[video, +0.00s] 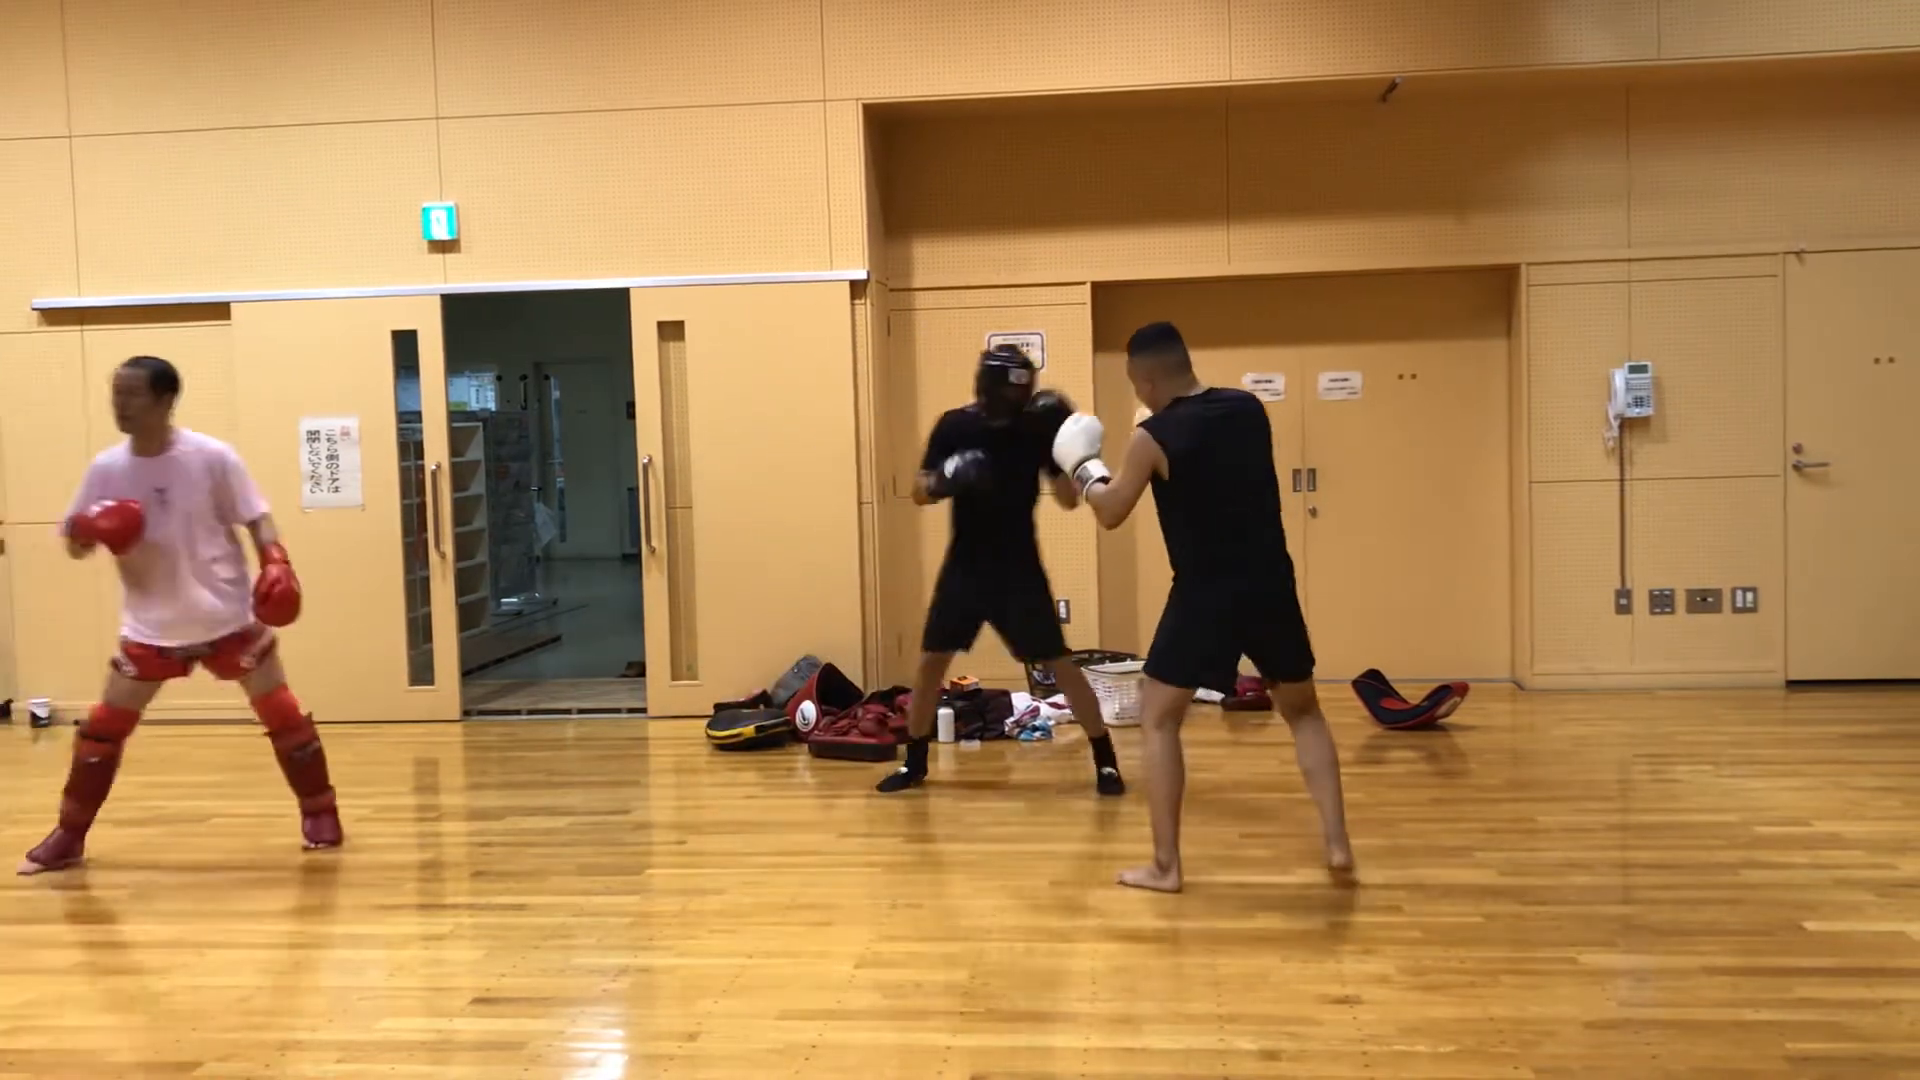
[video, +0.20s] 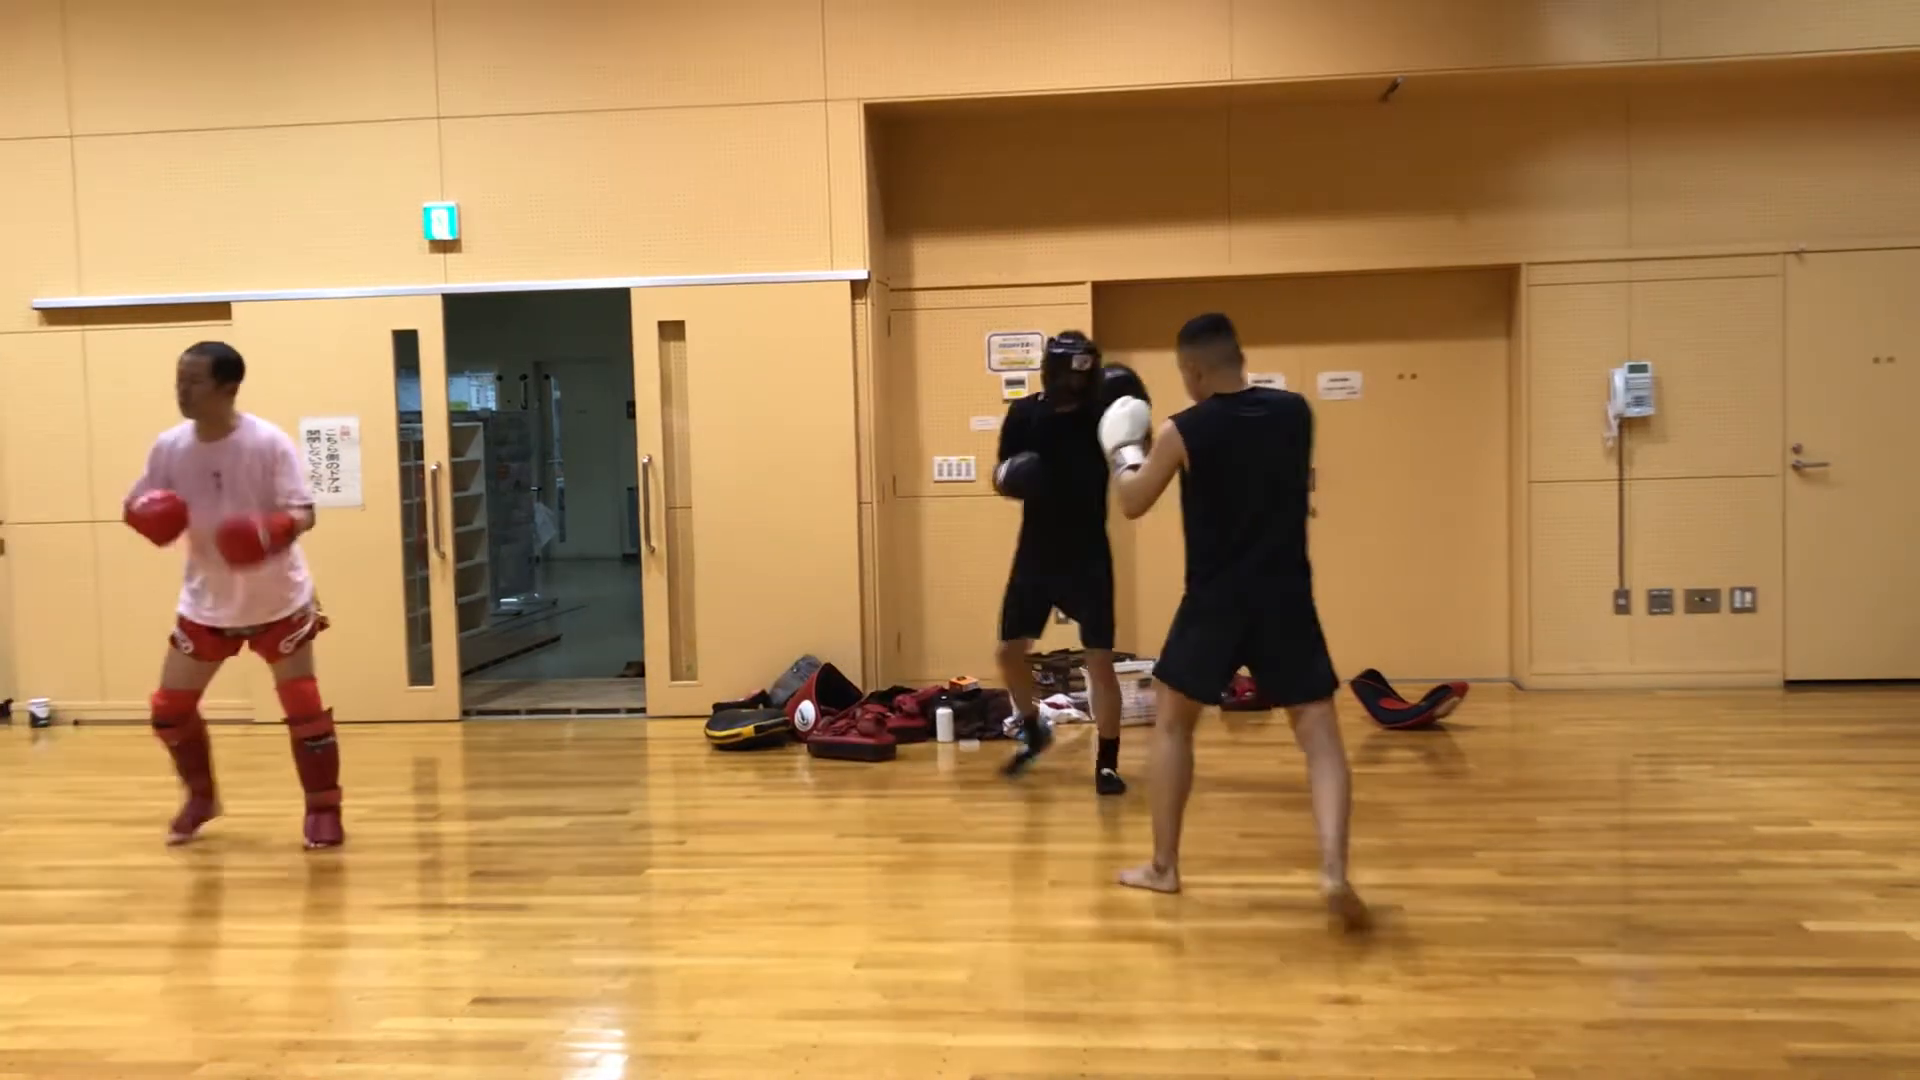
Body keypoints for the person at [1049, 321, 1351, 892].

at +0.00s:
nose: (1136, 389)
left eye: (1136, 379)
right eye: (1136, 379)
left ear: (1146, 378)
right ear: (1188, 365)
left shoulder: (1155, 435)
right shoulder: (1247, 408)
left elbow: (1110, 512)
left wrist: (1083, 468)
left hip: (1202, 597)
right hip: (1271, 590)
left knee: (1159, 719)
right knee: (1303, 710)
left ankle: (1166, 864)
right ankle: (1338, 842)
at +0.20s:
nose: (1185, 382)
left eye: (1184, 373)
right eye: (1184, 374)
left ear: (1191, 371)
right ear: (1241, 359)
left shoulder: (1185, 429)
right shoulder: (1295, 412)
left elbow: (1132, 502)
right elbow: (1297, 486)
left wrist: (1123, 449)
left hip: (1213, 605)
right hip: (1287, 602)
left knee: (1173, 725)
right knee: (1320, 737)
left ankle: (1163, 866)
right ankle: (1335, 871)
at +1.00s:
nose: (1363, 369)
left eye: (1362, 361)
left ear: (1363, 361)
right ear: (1421, 355)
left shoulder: (1343, 419)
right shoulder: (1461, 409)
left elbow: (1286, 479)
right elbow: (1471, 476)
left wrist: (1289, 429)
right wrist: (1435, 401)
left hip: (1360, 598)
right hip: (1429, 598)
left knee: (1357, 719)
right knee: (1491, 716)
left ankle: (1344, 851)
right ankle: (1489, 863)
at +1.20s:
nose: (1418, 381)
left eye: (1418, 373)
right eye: (1419, 373)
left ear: (1426, 373)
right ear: (1481, 368)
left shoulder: (1403, 429)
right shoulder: (1522, 428)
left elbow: (1337, 480)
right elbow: (1509, 494)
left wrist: (1338, 428)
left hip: (1413, 609)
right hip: (1485, 608)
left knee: (1378, 717)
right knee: (1542, 723)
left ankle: (1349, 846)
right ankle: (1567, 858)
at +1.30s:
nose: (1437, 380)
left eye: (1438, 372)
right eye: (1440, 372)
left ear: (1446, 373)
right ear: (1498, 369)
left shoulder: (1422, 429)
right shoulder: (1541, 430)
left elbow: (1356, 480)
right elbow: (1503, 483)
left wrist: (1354, 433)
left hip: (1428, 601)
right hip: (1501, 604)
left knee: (1388, 698)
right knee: (1547, 719)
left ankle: (1367, 827)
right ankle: (1570, 858)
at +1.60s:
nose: (1441, 370)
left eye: (1441, 362)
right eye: (1444, 362)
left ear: (1448, 362)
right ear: (1500, 358)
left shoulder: (1422, 415)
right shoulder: (1537, 423)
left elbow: (1356, 451)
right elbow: (1494, 463)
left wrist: (1368, 411)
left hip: (1419, 592)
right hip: (1493, 597)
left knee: (1373, 689)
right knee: (1538, 721)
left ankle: (1357, 817)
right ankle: (1569, 859)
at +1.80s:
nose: (1420, 369)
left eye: (1421, 361)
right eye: (1423, 361)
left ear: (1426, 363)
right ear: (1479, 359)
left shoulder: (1406, 408)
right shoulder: (1513, 420)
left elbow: (1380, 427)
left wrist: (1416, 385)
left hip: (1403, 595)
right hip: (1475, 599)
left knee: (1364, 699)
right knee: (1523, 723)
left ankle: (1343, 828)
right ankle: (1559, 858)